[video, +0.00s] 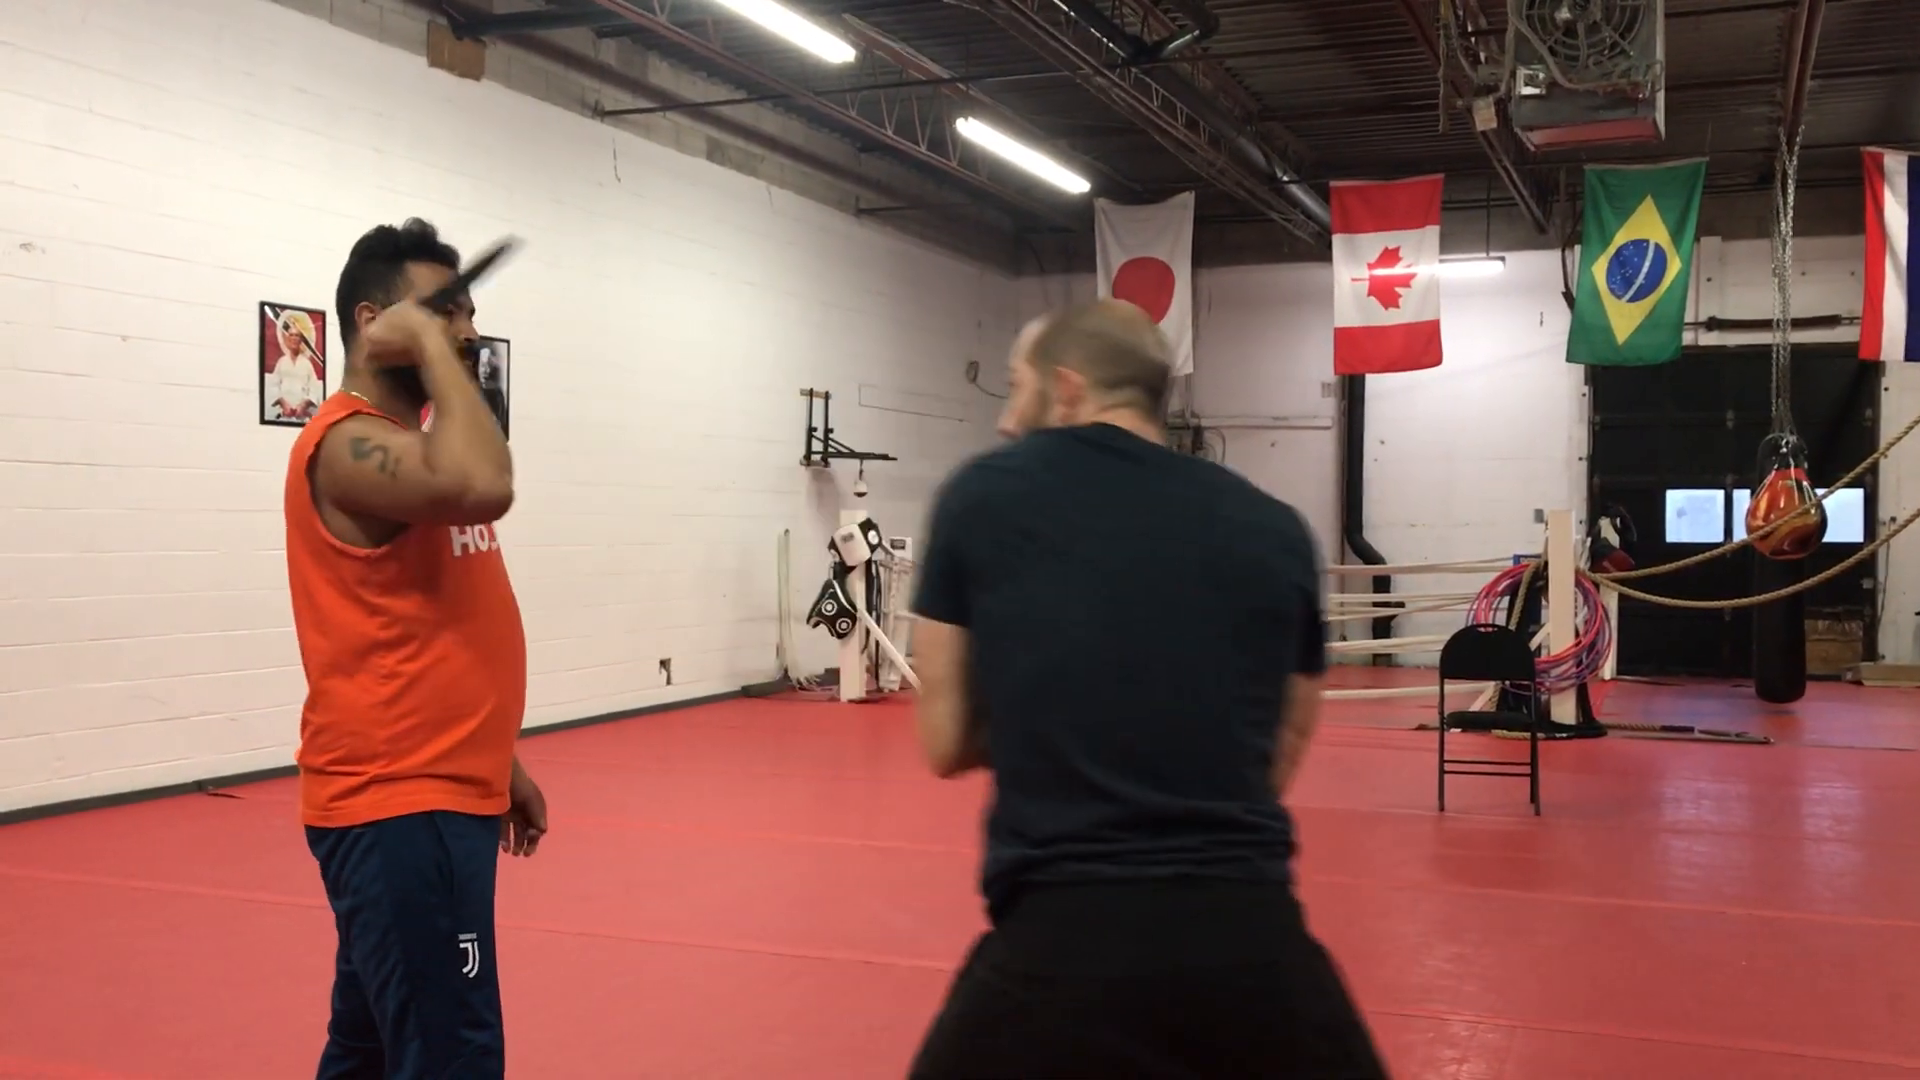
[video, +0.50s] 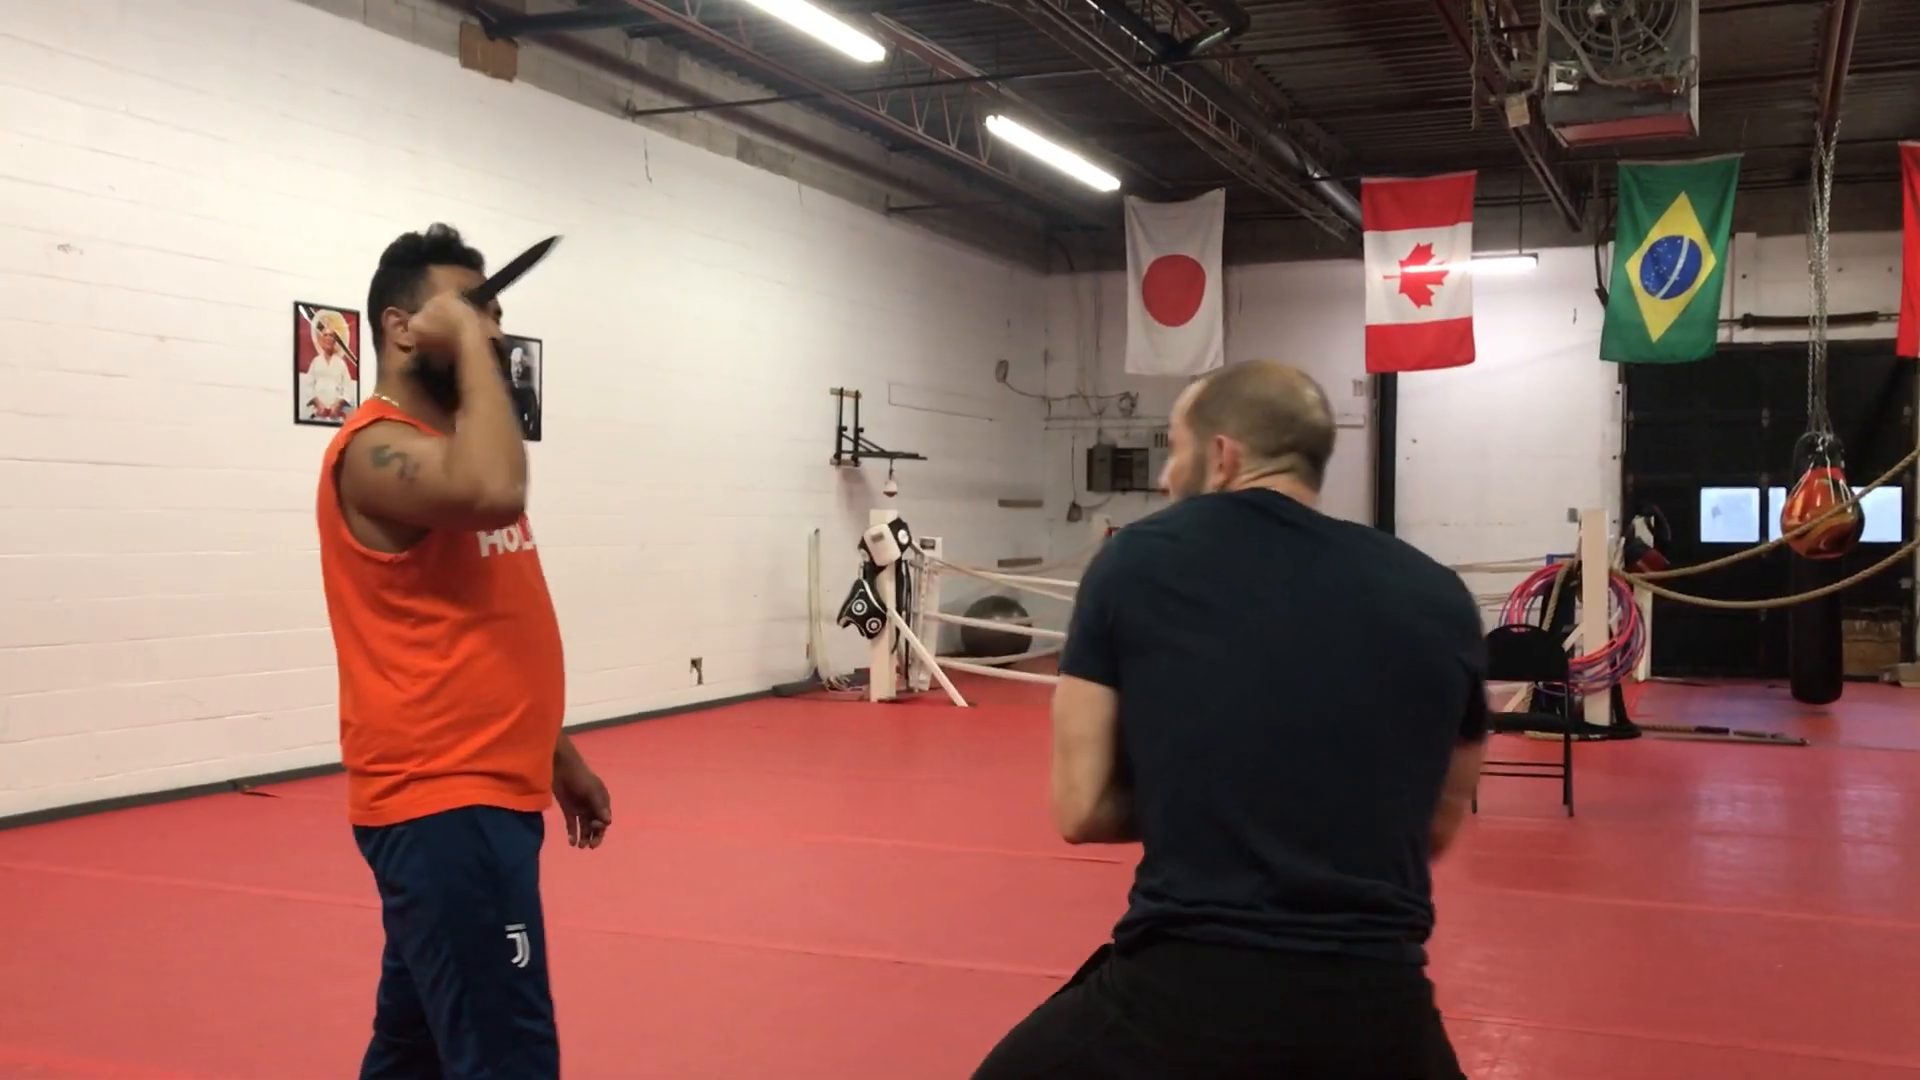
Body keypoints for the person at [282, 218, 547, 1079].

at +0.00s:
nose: (465, 327)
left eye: (462, 309)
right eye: (445, 305)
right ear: (380, 324)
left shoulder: (409, 437)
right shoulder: (350, 438)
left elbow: (425, 637)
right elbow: (481, 479)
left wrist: (497, 763)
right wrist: (427, 342)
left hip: (431, 802)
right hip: (396, 808)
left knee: (370, 1056)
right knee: (454, 1057)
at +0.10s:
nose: (467, 337)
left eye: (467, 315)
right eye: (444, 312)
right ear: (379, 328)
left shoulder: (417, 435)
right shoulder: (341, 444)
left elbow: (444, 632)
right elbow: (458, 482)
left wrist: (508, 766)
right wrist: (411, 349)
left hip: (445, 802)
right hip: (397, 808)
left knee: (378, 1056)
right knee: (460, 1057)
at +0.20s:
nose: (470, 339)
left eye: (468, 316)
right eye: (445, 314)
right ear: (378, 333)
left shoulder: (427, 443)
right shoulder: (336, 448)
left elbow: (462, 631)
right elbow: (445, 493)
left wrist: (522, 765)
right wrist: (409, 350)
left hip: (457, 804)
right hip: (404, 811)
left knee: (389, 1056)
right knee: (468, 1056)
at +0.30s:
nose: (473, 338)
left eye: (475, 318)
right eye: (448, 315)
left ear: (475, 327)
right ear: (379, 336)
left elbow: (475, 625)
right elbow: (447, 492)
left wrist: (538, 756)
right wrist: (415, 350)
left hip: (466, 801)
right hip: (414, 807)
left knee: (397, 1056)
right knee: (477, 1058)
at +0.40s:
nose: (481, 337)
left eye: (481, 316)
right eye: (456, 314)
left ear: (484, 324)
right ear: (391, 336)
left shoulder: (449, 445)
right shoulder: (356, 449)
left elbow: (482, 623)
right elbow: (466, 489)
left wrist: (550, 753)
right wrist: (435, 348)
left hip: (477, 799)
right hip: (426, 806)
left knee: (405, 1055)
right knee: (492, 1057)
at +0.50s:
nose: (488, 326)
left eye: (488, 310)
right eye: (468, 307)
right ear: (402, 328)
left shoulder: (457, 439)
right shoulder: (377, 446)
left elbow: (487, 622)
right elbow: (492, 485)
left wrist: (557, 751)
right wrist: (471, 340)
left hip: (481, 798)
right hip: (439, 804)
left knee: (415, 1055)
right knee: (509, 1057)